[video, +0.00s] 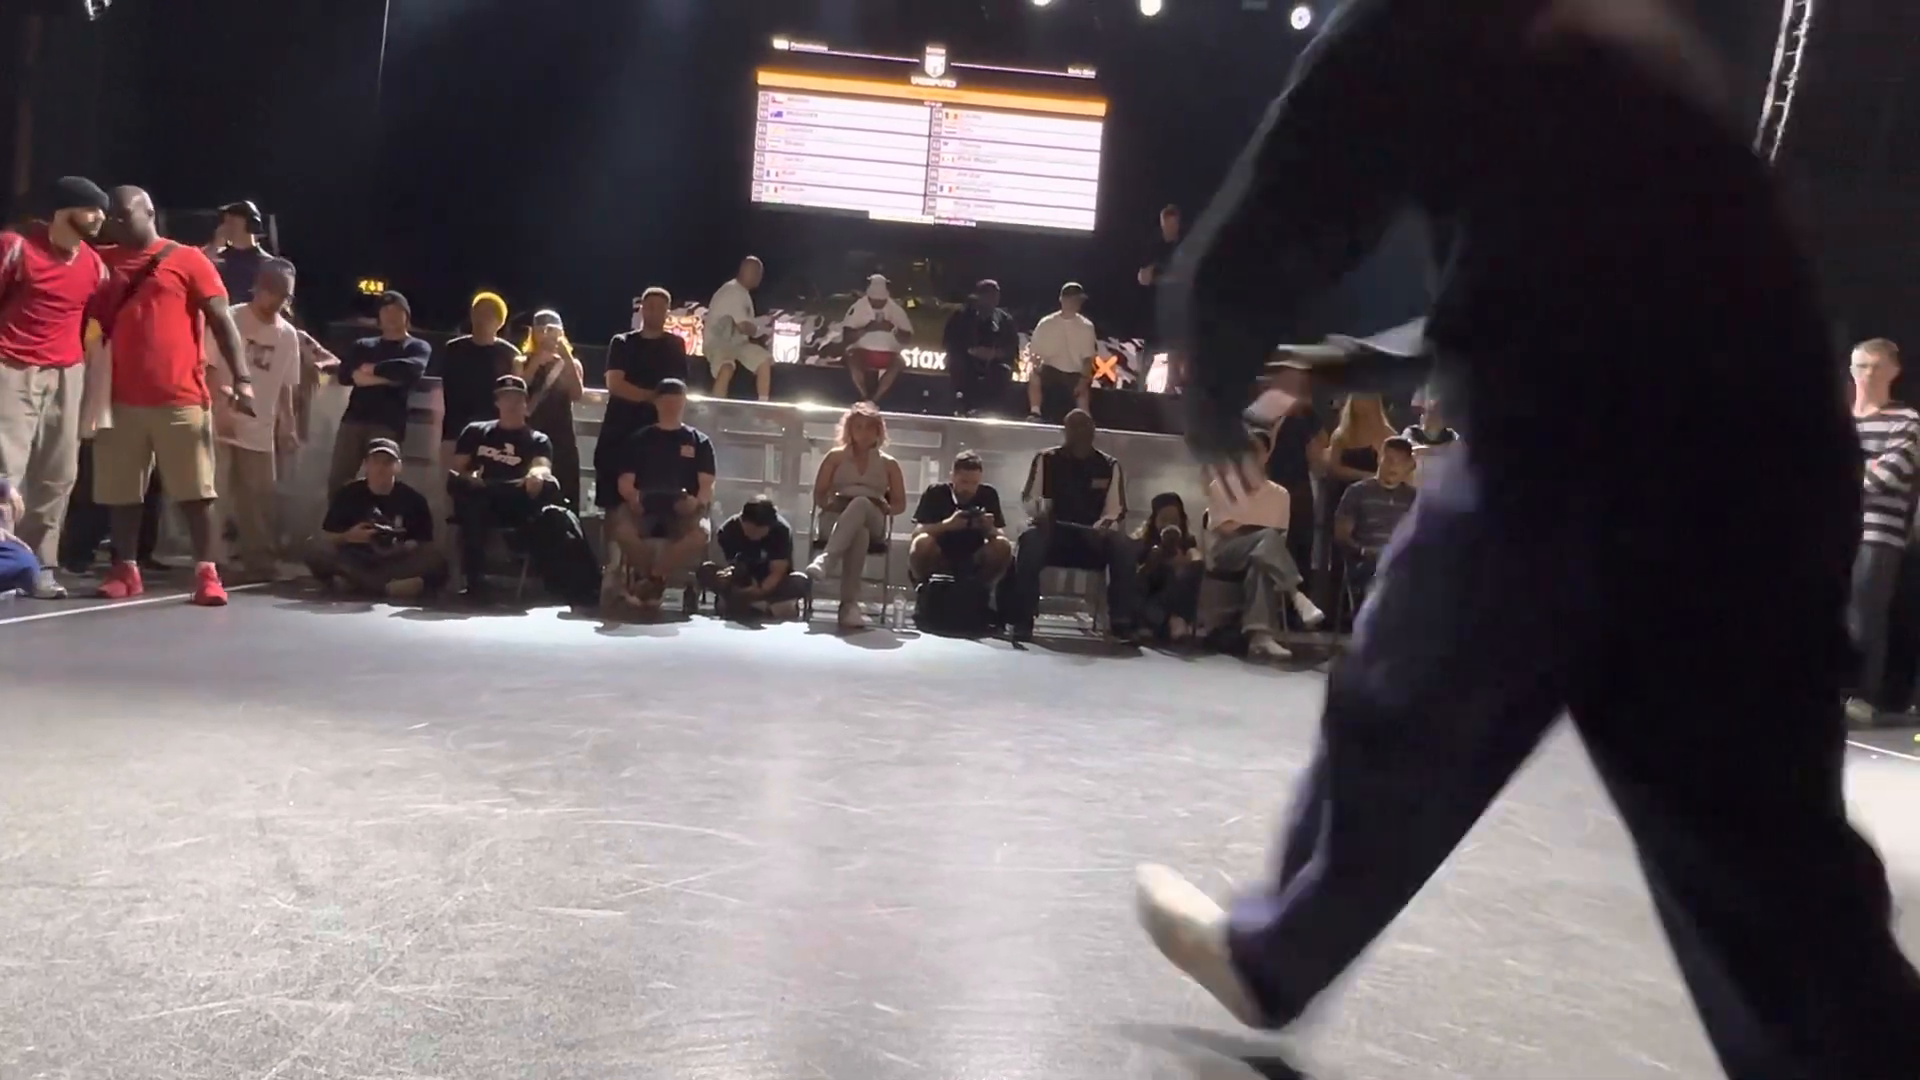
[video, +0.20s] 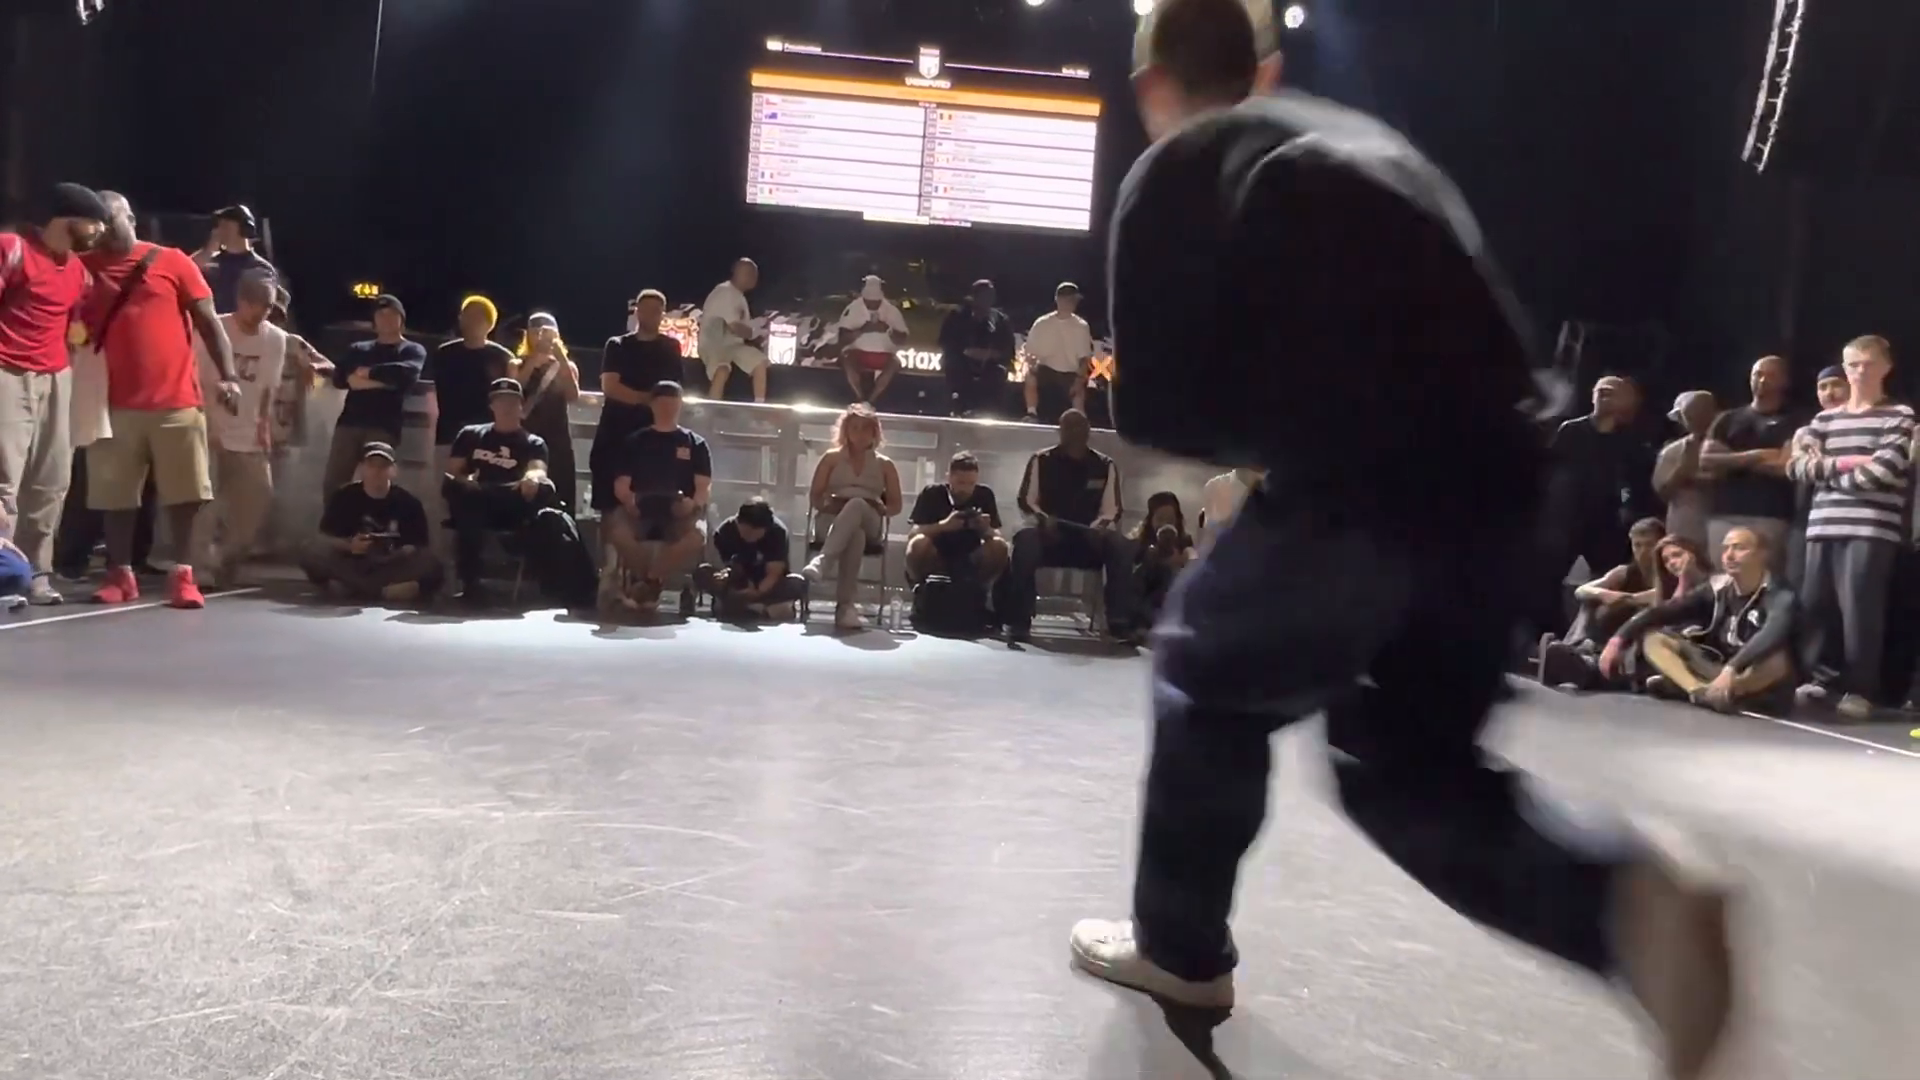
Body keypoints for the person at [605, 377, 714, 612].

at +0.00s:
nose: (671, 405)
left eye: (676, 400)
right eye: (666, 400)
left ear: (684, 402)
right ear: (657, 403)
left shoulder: (699, 441)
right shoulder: (638, 439)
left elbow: (706, 486)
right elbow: (625, 482)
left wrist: (696, 503)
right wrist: (635, 499)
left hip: (681, 503)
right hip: (645, 502)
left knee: (700, 533)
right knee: (621, 524)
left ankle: (653, 579)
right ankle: (654, 581)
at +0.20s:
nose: (667, 408)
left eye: (672, 402)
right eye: (662, 402)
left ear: (680, 405)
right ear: (652, 405)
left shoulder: (695, 444)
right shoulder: (634, 441)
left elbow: (702, 490)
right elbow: (621, 485)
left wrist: (690, 504)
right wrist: (633, 504)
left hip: (678, 507)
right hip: (641, 505)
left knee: (696, 535)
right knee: (617, 527)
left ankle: (650, 582)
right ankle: (650, 583)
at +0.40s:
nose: (663, 410)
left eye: (667, 404)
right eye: (657, 404)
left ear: (675, 407)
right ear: (647, 407)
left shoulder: (690, 445)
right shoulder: (629, 443)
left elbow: (697, 493)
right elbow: (616, 489)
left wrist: (682, 508)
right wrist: (633, 510)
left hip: (675, 510)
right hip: (636, 508)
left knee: (691, 537)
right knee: (612, 526)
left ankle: (647, 583)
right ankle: (644, 585)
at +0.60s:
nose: (658, 416)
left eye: (663, 409)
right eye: (653, 410)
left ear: (670, 412)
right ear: (643, 413)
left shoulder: (686, 451)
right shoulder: (623, 449)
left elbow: (694, 497)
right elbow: (612, 492)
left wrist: (681, 512)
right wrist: (627, 513)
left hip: (670, 512)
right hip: (632, 511)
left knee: (689, 541)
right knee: (608, 530)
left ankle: (642, 586)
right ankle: (639, 588)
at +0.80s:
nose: (658, 419)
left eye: (662, 413)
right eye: (652, 413)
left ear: (670, 416)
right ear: (642, 416)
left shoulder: (686, 453)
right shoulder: (624, 452)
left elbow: (695, 500)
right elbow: (612, 496)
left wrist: (681, 515)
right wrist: (626, 517)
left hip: (670, 517)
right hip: (633, 517)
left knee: (689, 545)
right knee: (607, 534)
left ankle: (642, 590)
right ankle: (640, 591)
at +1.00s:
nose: (653, 411)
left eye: (658, 405)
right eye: (648, 405)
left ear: (666, 408)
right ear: (638, 408)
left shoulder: (682, 445)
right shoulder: (620, 444)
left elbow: (690, 490)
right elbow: (609, 488)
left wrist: (678, 507)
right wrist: (622, 510)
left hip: (667, 509)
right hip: (629, 508)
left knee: (687, 537)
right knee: (605, 529)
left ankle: (639, 583)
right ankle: (639, 585)